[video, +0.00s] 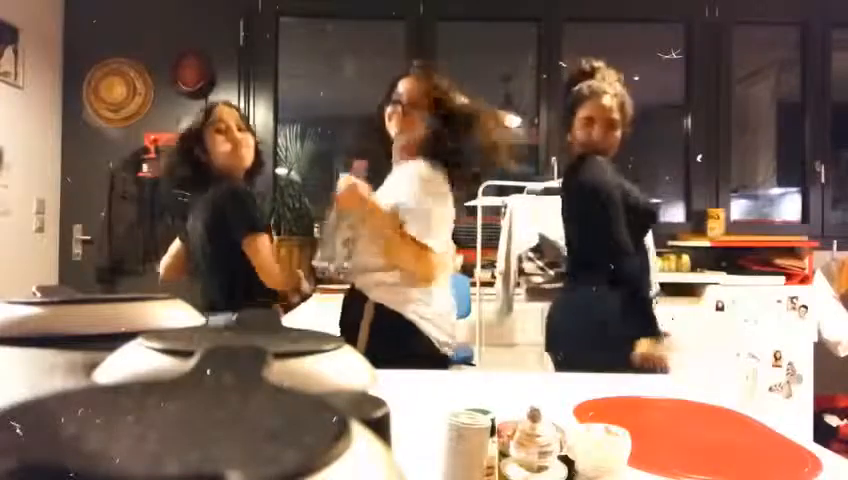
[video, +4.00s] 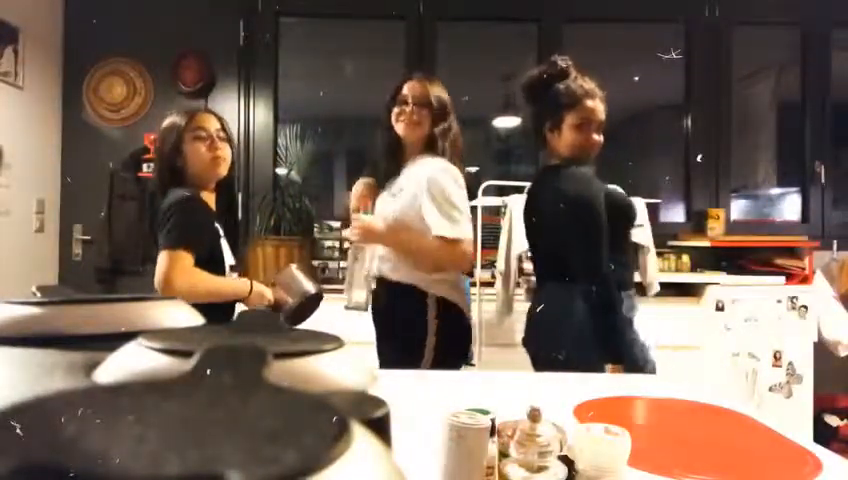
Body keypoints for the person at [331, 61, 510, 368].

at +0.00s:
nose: (394, 110)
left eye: (408, 105)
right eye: (393, 102)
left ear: (434, 119)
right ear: (386, 108)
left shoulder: (421, 177)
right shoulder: (403, 175)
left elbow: (426, 266)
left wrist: (367, 210)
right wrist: (363, 205)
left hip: (399, 322)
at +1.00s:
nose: (371, 116)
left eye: (384, 108)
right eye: (367, 107)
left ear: (412, 118)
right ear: (361, 112)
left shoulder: (401, 167)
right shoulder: (419, 171)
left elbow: (412, 251)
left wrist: (371, 180)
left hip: (392, 316)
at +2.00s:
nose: (366, 124)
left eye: (380, 118)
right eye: (362, 116)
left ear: (403, 128)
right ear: (355, 121)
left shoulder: (400, 170)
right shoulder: (383, 174)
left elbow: (419, 250)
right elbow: (379, 256)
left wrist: (374, 188)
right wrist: (338, 288)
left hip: (394, 307)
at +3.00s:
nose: (400, 130)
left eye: (411, 123)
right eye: (394, 121)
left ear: (431, 131)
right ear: (388, 128)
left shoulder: (431, 179)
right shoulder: (404, 180)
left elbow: (432, 259)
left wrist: (378, 213)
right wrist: (361, 218)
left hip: (413, 304)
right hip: (390, 299)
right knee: (389, 401)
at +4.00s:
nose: (407, 110)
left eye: (419, 104)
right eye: (400, 102)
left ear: (439, 116)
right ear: (392, 112)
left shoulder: (437, 172)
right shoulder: (408, 173)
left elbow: (460, 255)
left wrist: (387, 235)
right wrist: (367, 208)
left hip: (427, 307)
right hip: (398, 302)